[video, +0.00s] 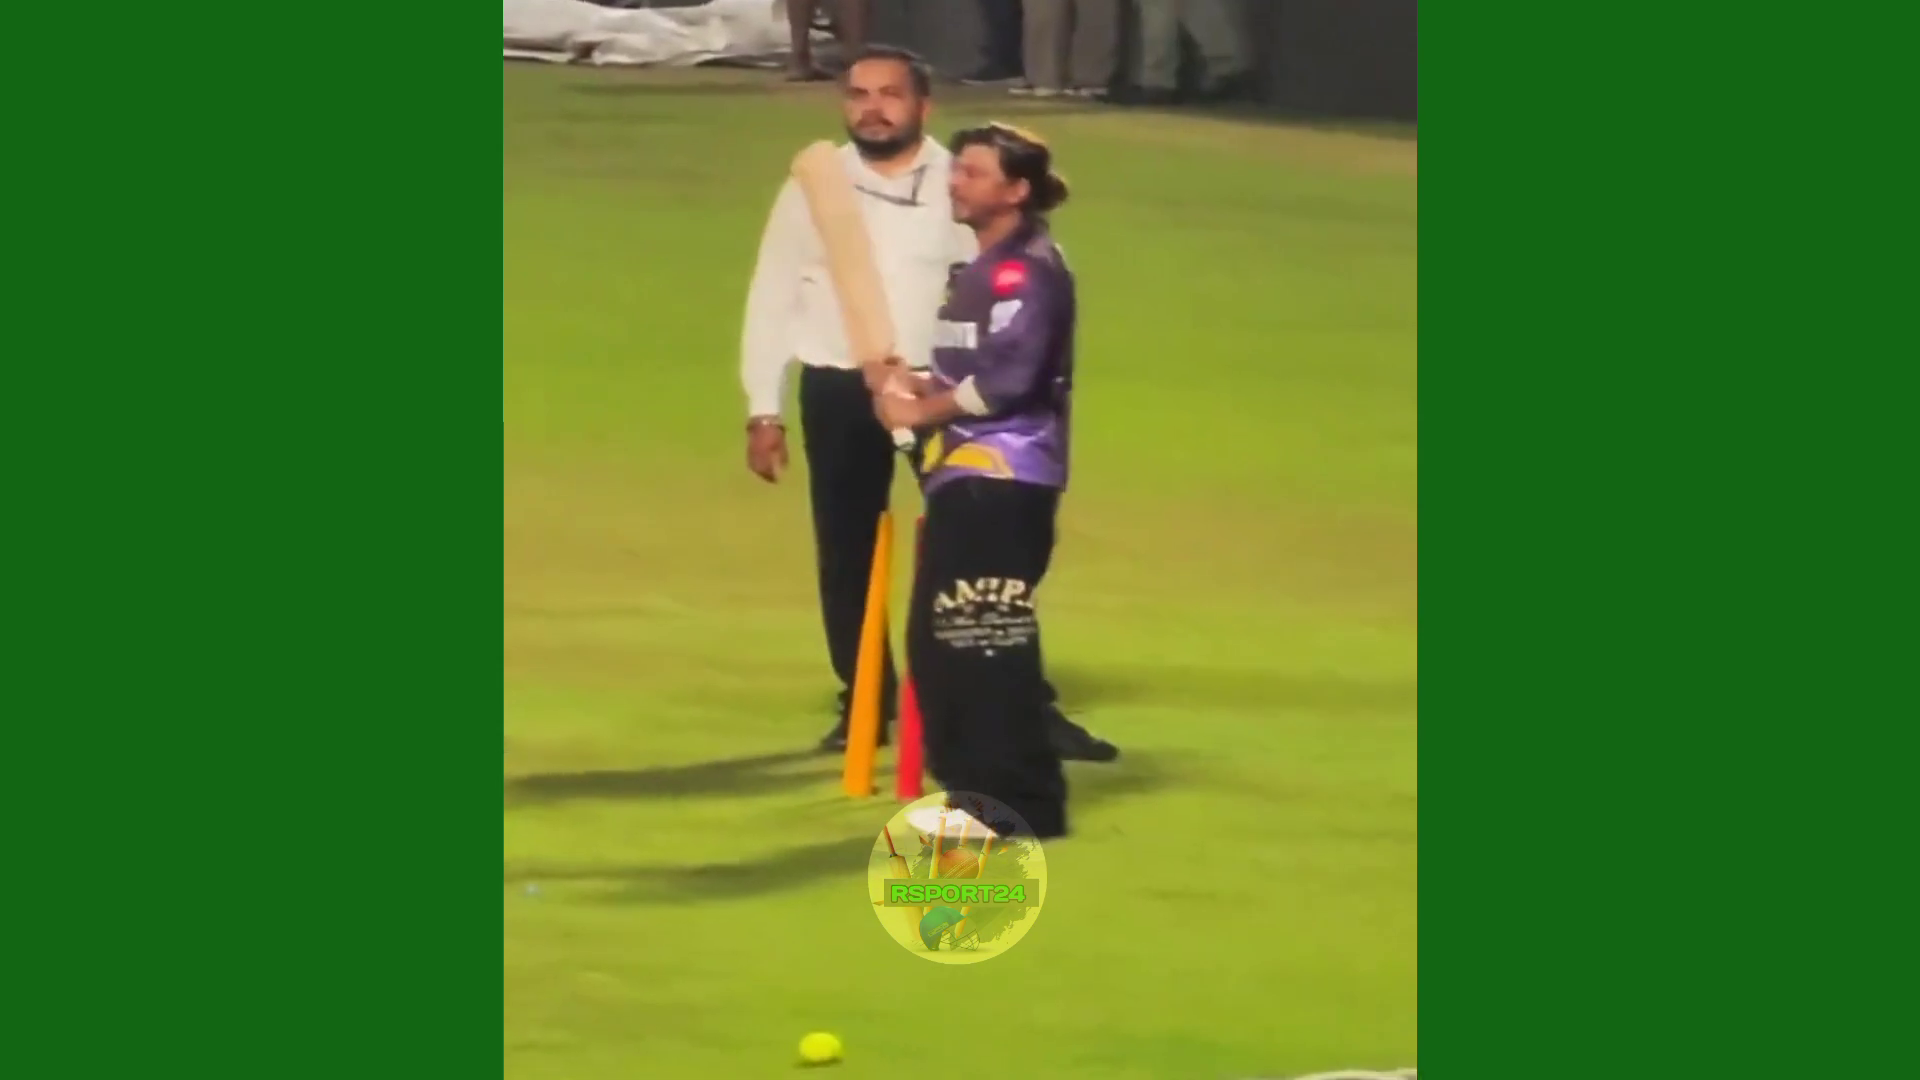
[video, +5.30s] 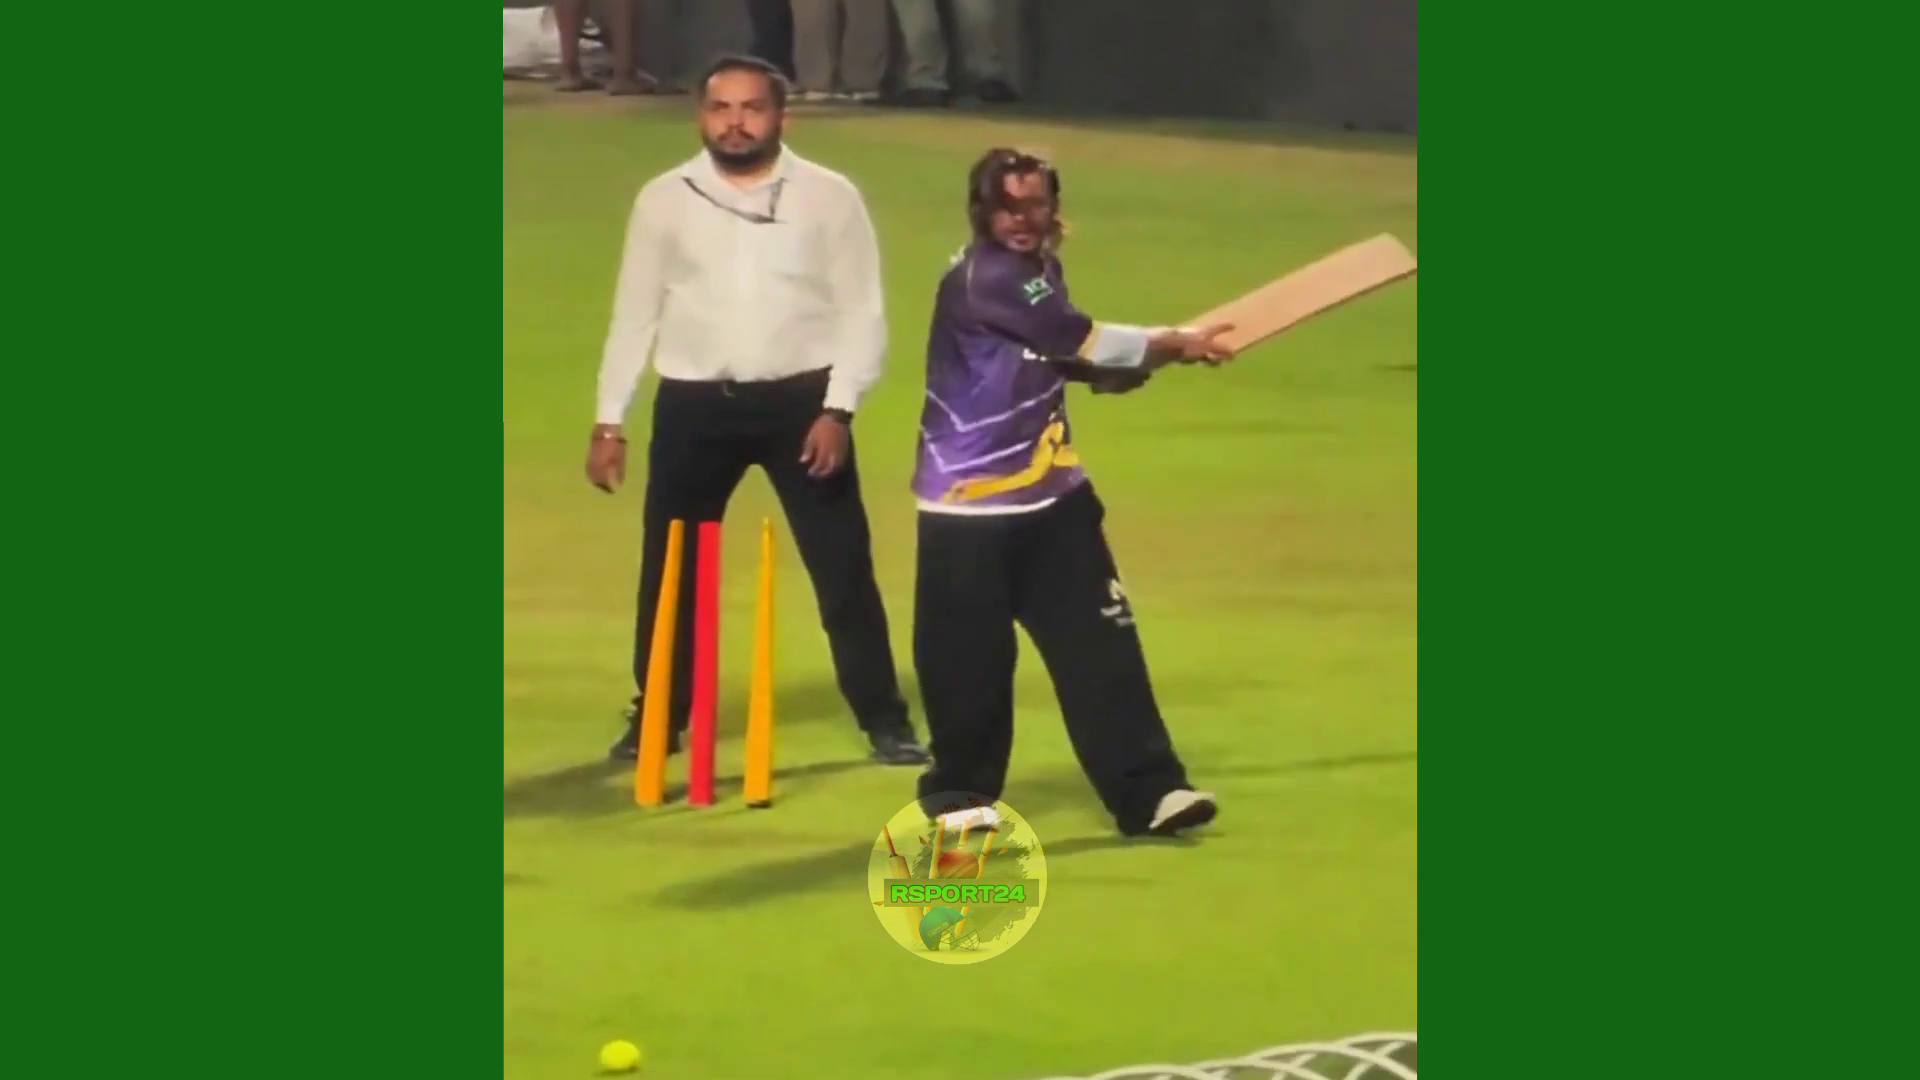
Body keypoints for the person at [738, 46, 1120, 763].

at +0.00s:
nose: (871, 109)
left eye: (888, 95)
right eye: (859, 95)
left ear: (922, 105)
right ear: (845, 103)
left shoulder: (958, 182)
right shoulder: (817, 181)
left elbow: (999, 299)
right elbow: (772, 295)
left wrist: (957, 392)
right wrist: (762, 409)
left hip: (939, 387)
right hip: (843, 388)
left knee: (982, 551)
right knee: (846, 554)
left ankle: (1029, 706)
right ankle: (863, 703)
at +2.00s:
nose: (888, 63)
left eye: (906, 51)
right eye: (877, 49)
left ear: (938, 64)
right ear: (861, 56)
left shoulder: (960, 143)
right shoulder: (818, 139)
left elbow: (1000, 260)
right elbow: (764, 235)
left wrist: (975, 372)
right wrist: (758, 336)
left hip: (936, 352)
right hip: (837, 352)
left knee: (981, 519)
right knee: (819, 521)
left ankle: (1021, 669)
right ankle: (794, 666)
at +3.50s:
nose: (837, 139)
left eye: (853, 126)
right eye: (822, 126)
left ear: (880, 135)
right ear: (804, 135)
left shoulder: (927, 212)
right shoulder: (765, 216)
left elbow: (973, 324)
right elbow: (708, 290)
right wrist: (733, 383)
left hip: (900, 430)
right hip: (794, 429)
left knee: (945, 603)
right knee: (772, 598)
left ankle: (974, 755)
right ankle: (752, 747)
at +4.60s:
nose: (768, 165)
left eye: (785, 151)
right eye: (752, 151)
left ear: (813, 156)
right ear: (735, 158)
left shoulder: (864, 238)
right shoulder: (698, 238)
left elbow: (906, 340)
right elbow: (656, 325)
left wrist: (851, 416)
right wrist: (670, 386)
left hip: (839, 456)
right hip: (729, 456)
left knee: (881, 621)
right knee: (699, 614)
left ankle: (914, 775)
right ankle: (679, 761)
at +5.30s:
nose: (736, 121)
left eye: (752, 107)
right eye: (721, 108)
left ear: (780, 116)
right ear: (701, 116)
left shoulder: (832, 198)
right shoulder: (664, 202)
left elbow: (864, 312)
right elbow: (633, 316)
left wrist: (839, 410)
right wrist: (610, 422)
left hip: (802, 408)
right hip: (694, 412)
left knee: (846, 574)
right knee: (666, 573)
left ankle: (886, 722)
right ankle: (656, 719)